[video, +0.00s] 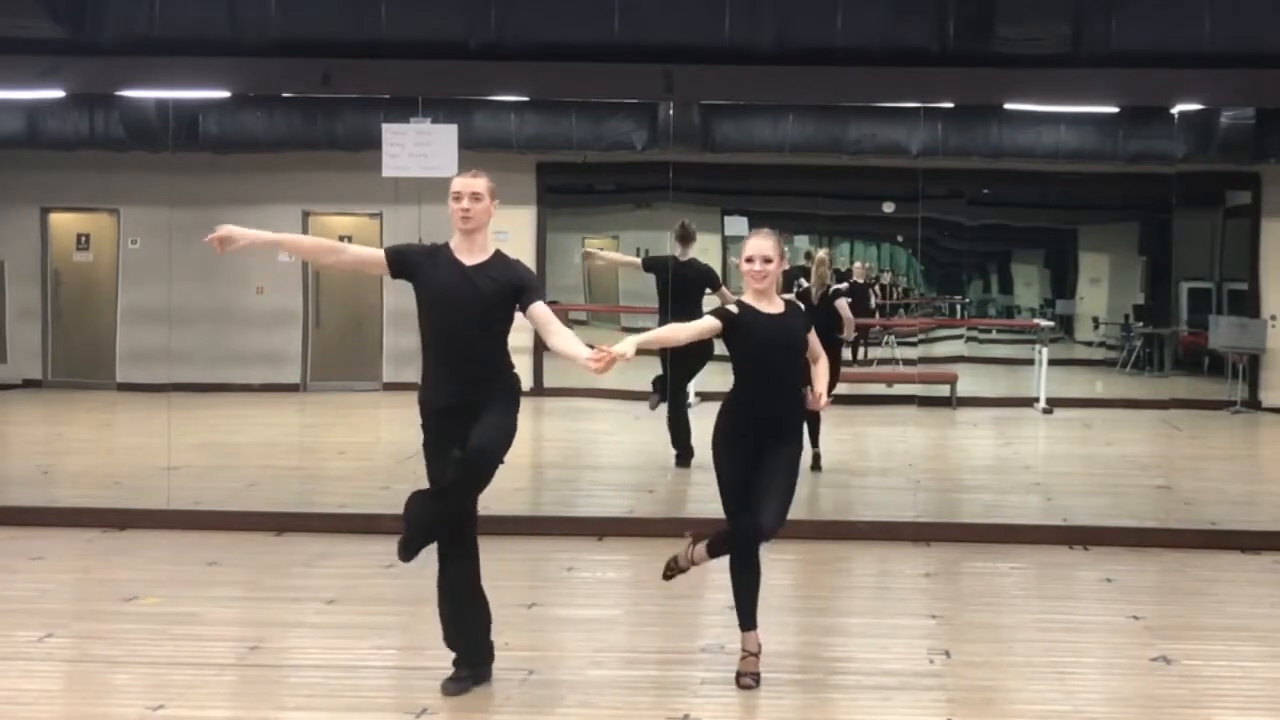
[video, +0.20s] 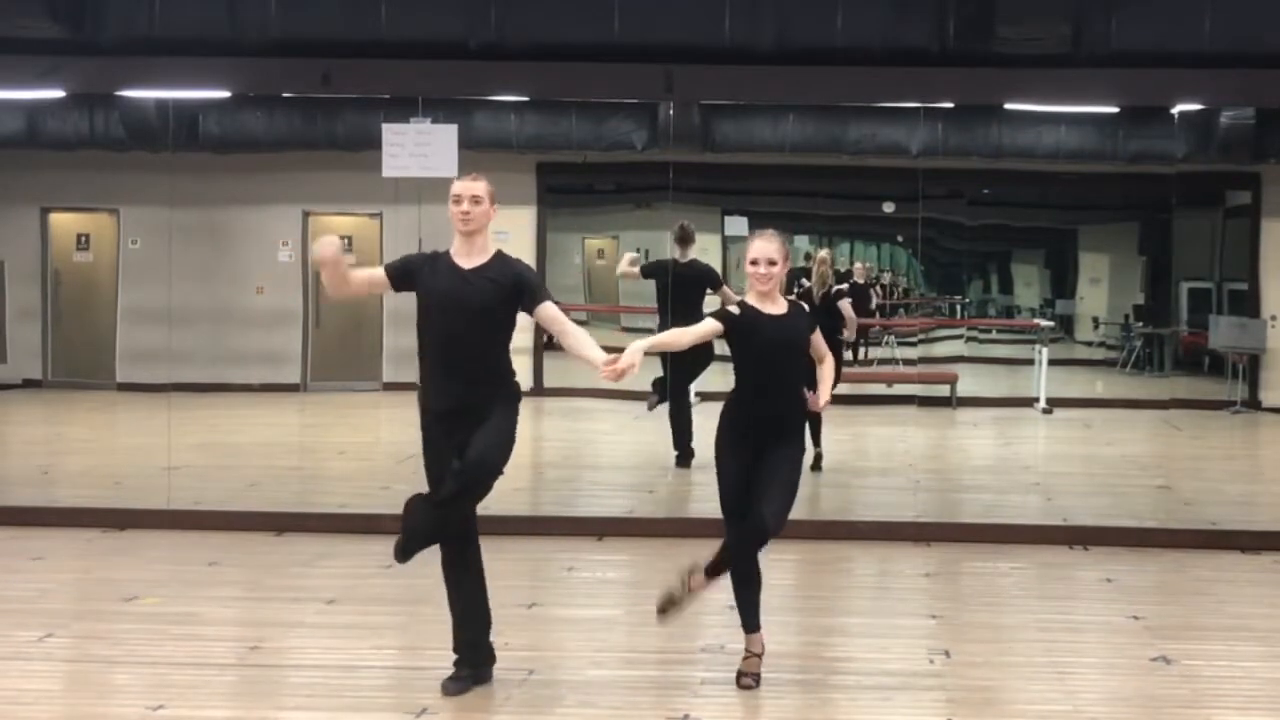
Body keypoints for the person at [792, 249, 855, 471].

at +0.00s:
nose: (821, 270)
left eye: (818, 265)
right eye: (825, 266)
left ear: (812, 269)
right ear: (830, 269)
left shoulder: (802, 292)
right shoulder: (835, 292)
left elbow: (790, 313)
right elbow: (848, 316)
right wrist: (848, 335)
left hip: (807, 343)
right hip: (830, 342)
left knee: (810, 396)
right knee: (829, 384)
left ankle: (815, 449)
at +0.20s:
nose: (821, 268)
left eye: (820, 263)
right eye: (824, 263)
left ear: (813, 267)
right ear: (831, 268)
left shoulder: (803, 290)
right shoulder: (836, 291)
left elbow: (792, 315)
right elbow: (850, 316)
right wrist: (850, 334)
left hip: (807, 345)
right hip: (831, 344)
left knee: (811, 399)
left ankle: (817, 448)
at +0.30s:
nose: (822, 268)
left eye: (822, 263)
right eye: (824, 263)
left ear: (814, 265)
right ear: (832, 267)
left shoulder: (802, 286)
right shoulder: (839, 290)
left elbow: (788, 310)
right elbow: (858, 316)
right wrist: (851, 338)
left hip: (804, 344)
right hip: (829, 345)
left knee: (806, 396)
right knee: (820, 396)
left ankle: (818, 445)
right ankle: (818, 445)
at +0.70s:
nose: (826, 268)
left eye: (824, 263)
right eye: (827, 264)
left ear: (816, 266)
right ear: (833, 267)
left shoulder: (804, 291)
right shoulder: (841, 291)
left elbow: (792, 318)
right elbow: (865, 317)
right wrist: (852, 337)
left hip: (809, 351)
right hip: (834, 351)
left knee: (811, 400)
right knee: (829, 401)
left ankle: (815, 446)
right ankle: (819, 442)